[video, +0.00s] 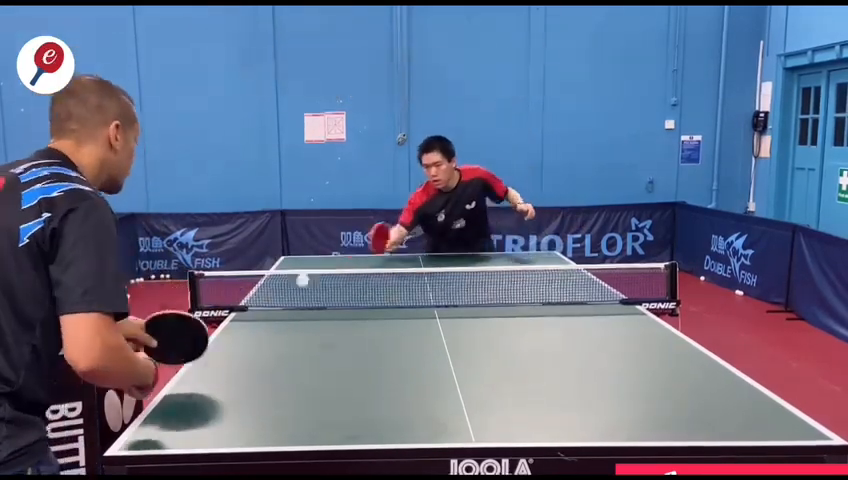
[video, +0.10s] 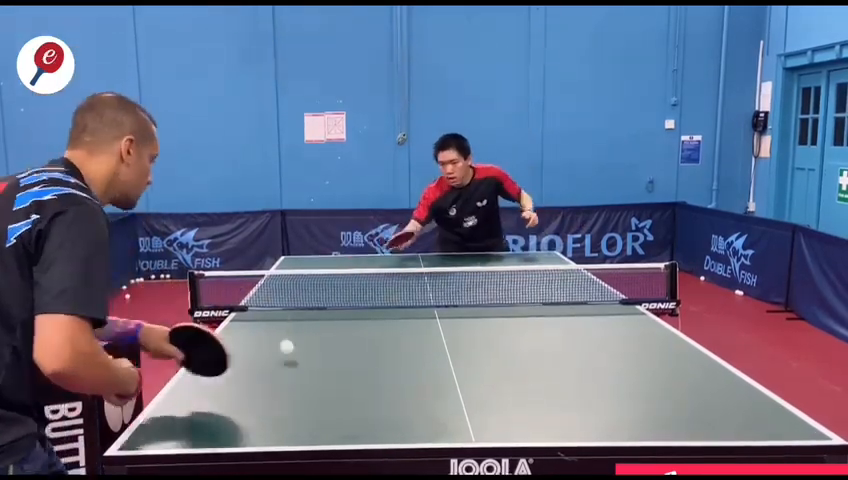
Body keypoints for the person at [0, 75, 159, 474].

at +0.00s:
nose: (133, 158)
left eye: (136, 145)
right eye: (134, 143)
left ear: (60, 130)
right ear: (114, 135)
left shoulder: (10, 179)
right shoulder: (81, 205)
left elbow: (22, 310)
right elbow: (89, 353)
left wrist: (108, 327)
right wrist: (144, 373)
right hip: (14, 440)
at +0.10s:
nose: (150, 179)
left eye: (154, 165)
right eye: (151, 162)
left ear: (79, 143)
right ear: (126, 150)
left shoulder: (16, 189)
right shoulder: (76, 209)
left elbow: (36, 317)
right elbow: (61, 354)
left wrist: (138, 333)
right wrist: (120, 378)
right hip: (11, 438)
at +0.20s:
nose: (158, 182)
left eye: (160, 167)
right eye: (157, 164)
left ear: (127, 153)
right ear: (128, 152)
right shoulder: (59, 209)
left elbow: (116, 302)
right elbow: (25, 346)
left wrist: (218, 319)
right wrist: (96, 378)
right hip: (11, 441)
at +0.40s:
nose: (130, 138)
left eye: (130, 123)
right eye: (126, 121)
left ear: (90, 115)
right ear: (91, 114)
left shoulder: (66, 194)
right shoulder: (15, 186)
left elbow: (138, 250)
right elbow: (3, 332)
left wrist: (232, 269)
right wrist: (72, 360)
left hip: (17, 400)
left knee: (55, 472)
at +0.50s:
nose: (96, 116)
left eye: (94, 101)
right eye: (90, 99)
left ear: (56, 100)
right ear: (56, 99)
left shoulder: (30, 178)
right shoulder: (7, 184)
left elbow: (71, 255)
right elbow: (3, 336)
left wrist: (174, 268)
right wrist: (59, 356)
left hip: (14, 408)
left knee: (45, 469)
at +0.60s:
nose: (59, 106)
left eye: (55, 91)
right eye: (48, 89)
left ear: (16, 90)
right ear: (16, 91)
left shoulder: (3, 182)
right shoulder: (1, 186)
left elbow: (6, 278)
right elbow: (3, 353)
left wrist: (95, 292)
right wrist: (50, 360)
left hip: (8, 421)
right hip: (6, 430)